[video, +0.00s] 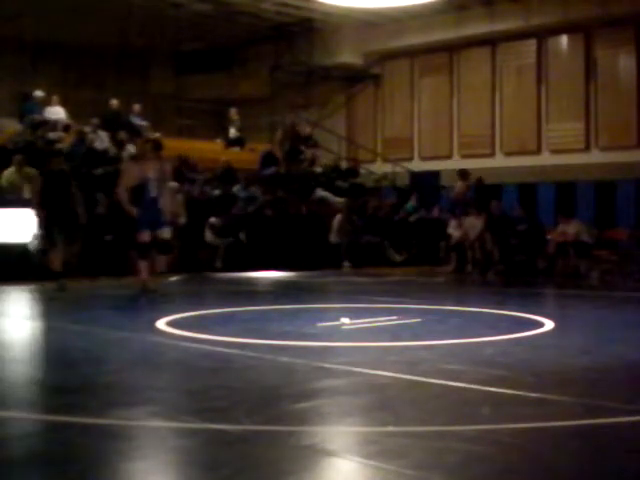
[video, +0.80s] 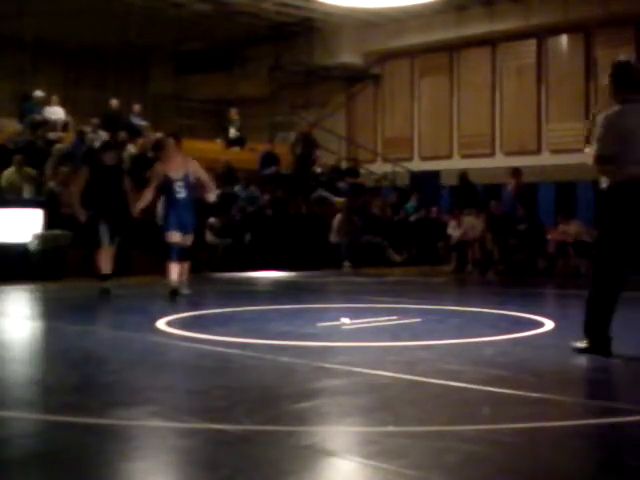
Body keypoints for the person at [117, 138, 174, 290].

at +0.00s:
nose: (150, 155)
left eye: (153, 151)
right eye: (147, 150)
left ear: (158, 151)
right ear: (142, 150)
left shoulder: (164, 166)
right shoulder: (134, 167)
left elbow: (170, 188)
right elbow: (122, 189)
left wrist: (172, 207)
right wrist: (130, 208)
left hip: (161, 210)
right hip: (142, 211)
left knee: (162, 244)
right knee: (143, 245)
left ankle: (161, 275)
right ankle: (144, 278)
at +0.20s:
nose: (152, 156)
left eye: (154, 152)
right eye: (149, 152)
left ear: (160, 152)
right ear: (145, 154)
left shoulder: (169, 168)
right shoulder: (141, 171)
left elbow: (179, 189)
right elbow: (132, 192)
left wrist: (182, 210)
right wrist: (138, 208)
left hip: (167, 211)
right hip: (149, 213)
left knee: (172, 244)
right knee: (148, 246)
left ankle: (178, 276)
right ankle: (144, 277)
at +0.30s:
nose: (157, 156)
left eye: (159, 152)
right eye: (153, 153)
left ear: (166, 152)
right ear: (150, 154)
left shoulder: (175, 170)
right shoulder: (148, 172)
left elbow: (188, 189)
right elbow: (138, 194)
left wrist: (198, 208)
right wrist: (144, 209)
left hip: (175, 213)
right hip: (156, 213)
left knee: (177, 247)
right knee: (153, 248)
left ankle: (181, 282)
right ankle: (147, 281)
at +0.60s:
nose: (170, 152)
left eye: (172, 148)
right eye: (167, 148)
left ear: (178, 148)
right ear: (162, 150)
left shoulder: (186, 164)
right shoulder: (158, 167)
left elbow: (201, 180)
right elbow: (149, 185)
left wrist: (210, 197)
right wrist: (143, 203)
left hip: (185, 206)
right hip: (167, 207)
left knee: (184, 244)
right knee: (169, 242)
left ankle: (182, 280)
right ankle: (167, 278)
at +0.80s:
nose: (171, 154)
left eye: (174, 150)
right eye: (168, 151)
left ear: (179, 149)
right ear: (164, 151)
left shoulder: (190, 164)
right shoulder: (161, 167)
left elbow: (207, 180)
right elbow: (151, 189)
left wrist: (211, 192)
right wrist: (139, 205)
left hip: (189, 208)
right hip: (171, 208)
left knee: (186, 246)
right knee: (173, 244)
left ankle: (184, 282)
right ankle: (173, 283)